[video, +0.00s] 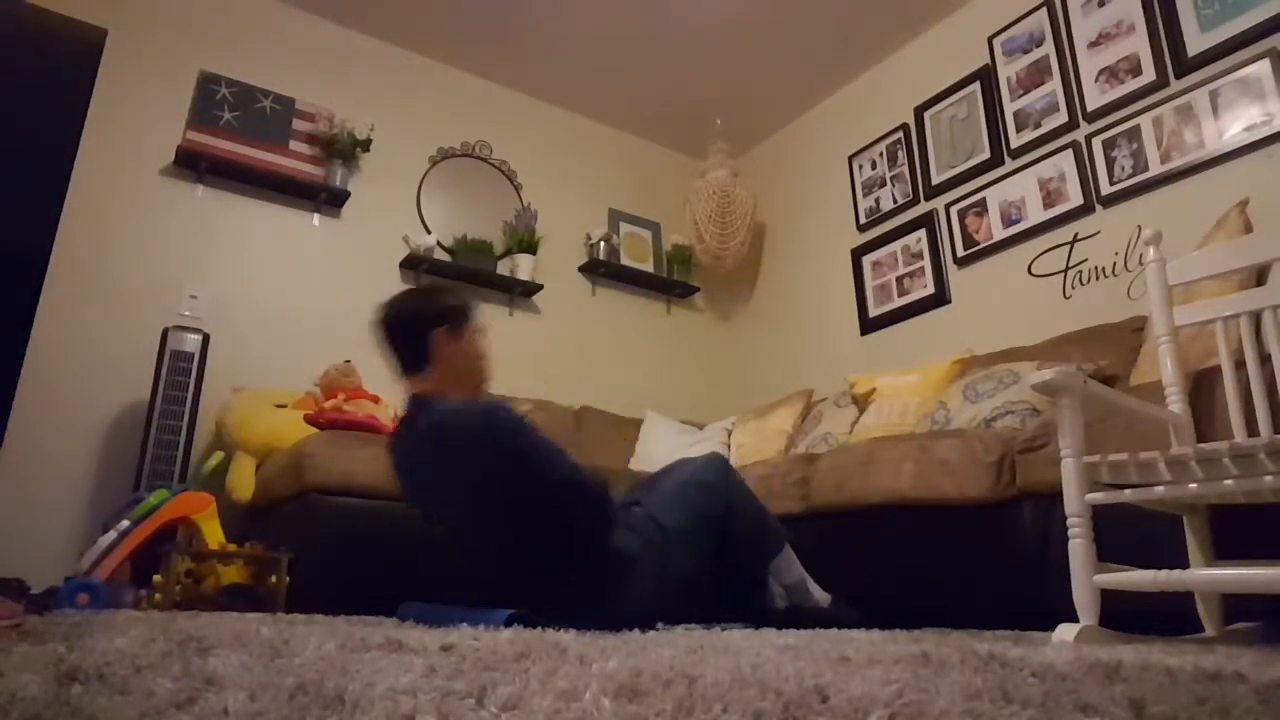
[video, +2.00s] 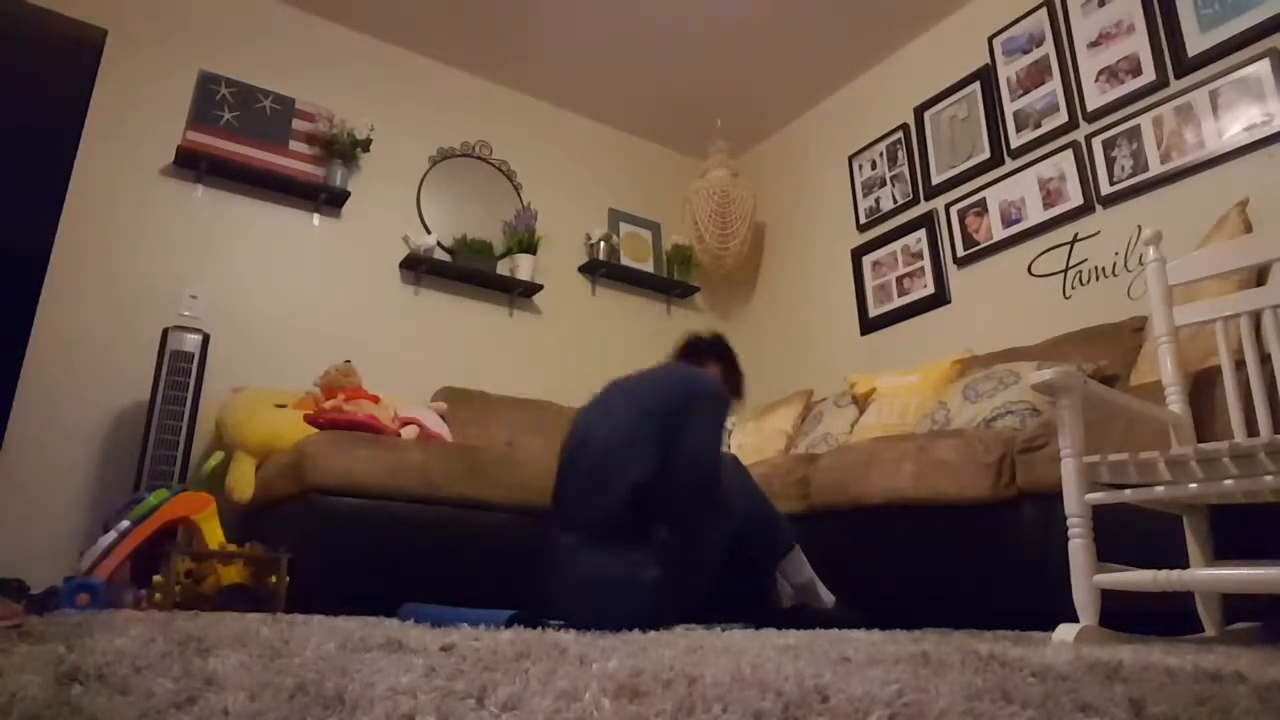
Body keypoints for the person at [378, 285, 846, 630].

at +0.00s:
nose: (485, 347)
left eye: (480, 333)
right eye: (475, 334)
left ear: (422, 351)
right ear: (442, 344)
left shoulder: (409, 442)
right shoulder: (486, 425)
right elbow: (594, 507)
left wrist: (576, 492)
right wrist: (591, 482)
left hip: (534, 600)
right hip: (598, 595)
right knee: (709, 471)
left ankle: (788, 601)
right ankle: (802, 594)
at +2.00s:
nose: (724, 403)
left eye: (729, 399)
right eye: (727, 395)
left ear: (677, 362)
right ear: (717, 371)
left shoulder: (618, 390)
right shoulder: (704, 388)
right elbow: (693, 499)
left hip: (575, 583)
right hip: (639, 586)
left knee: (724, 465)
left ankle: (809, 587)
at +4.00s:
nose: (728, 408)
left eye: (733, 404)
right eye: (731, 399)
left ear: (683, 363)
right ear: (722, 375)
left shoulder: (624, 394)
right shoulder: (706, 390)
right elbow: (695, 501)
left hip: (582, 589)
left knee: (729, 467)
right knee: (730, 481)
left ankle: (818, 593)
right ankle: (789, 599)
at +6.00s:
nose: (651, 361)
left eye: (653, 352)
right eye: (651, 350)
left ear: (592, 328)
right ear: (631, 328)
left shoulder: (541, 384)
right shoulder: (627, 369)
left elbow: (530, 500)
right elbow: (664, 493)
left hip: (568, 592)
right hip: (638, 595)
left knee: (725, 470)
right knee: (728, 489)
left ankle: (818, 590)